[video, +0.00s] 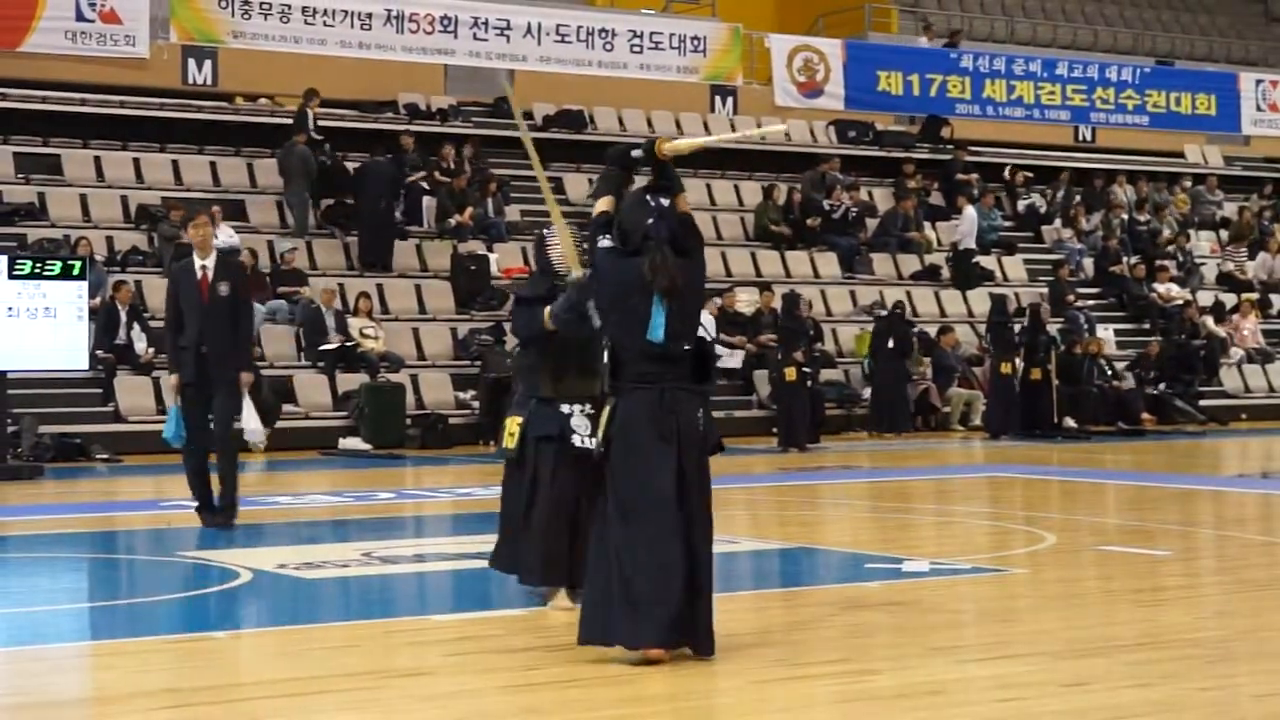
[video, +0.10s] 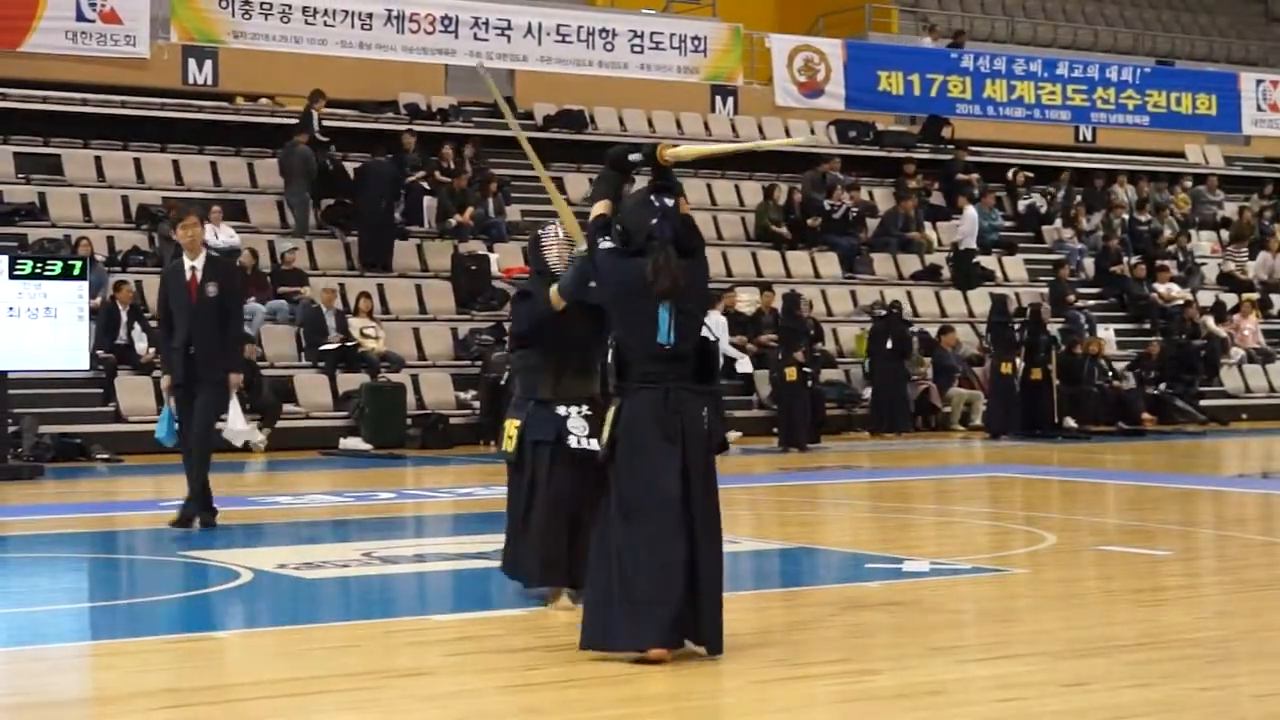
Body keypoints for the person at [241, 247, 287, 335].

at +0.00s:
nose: (242, 259)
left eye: (246, 256)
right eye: (241, 256)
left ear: (253, 260)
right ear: (239, 258)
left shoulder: (260, 275)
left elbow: (267, 292)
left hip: (261, 302)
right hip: (246, 304)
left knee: (281, 305)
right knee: (259, 310)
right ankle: (253, 341)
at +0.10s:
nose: (242, 259)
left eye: (246, 256)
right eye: (242, 256)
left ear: (254, 260)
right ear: (240, 258)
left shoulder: (261, 275)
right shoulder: (238, 274)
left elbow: (268, 293)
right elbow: (235, 292)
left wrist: (256, 298)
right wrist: (244, 300)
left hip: (262, 303)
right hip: (244, 304)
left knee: (282, 305)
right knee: (260, 310)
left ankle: (282, 338)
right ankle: (252, 341)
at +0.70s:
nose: (245, 257)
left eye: (249, 255)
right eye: (245, 255)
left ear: (257, 259)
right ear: (243, 258)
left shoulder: (264, 273)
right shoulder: (240, 272)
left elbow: (272, 293)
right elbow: (242, 286)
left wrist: (260, 297)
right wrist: (243, 266)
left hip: (266, 302)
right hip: (247, 303)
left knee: (286, 304)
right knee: (264, 309)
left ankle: (284, 338)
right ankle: (255, 342)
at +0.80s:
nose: (246, 257)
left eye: (249, 254)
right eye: (246, 254)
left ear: (258, 259)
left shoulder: (265, 273)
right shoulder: (241, 271)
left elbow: (272, 292)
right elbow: (242, 285)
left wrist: (260, 297)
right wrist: (243, 266)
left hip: (267, 302)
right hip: (248, 303)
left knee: (287, 304)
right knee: (265, 309)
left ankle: (284, 337)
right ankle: (256, 341)